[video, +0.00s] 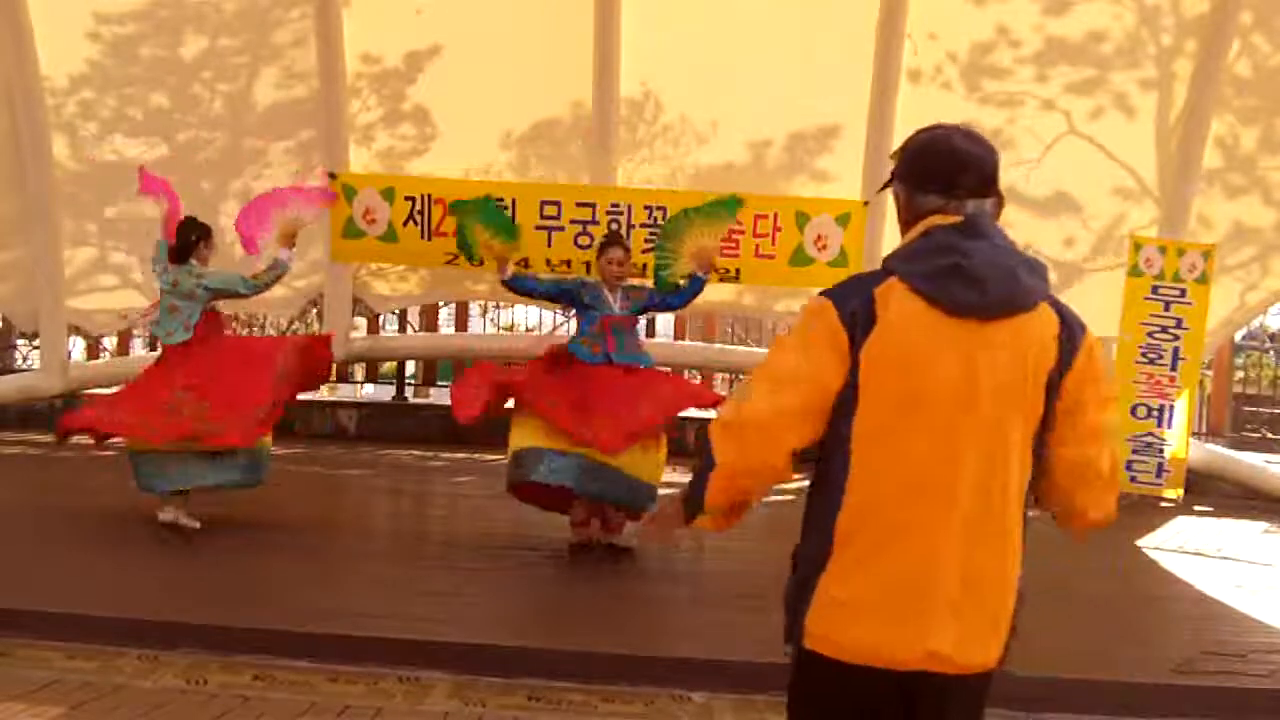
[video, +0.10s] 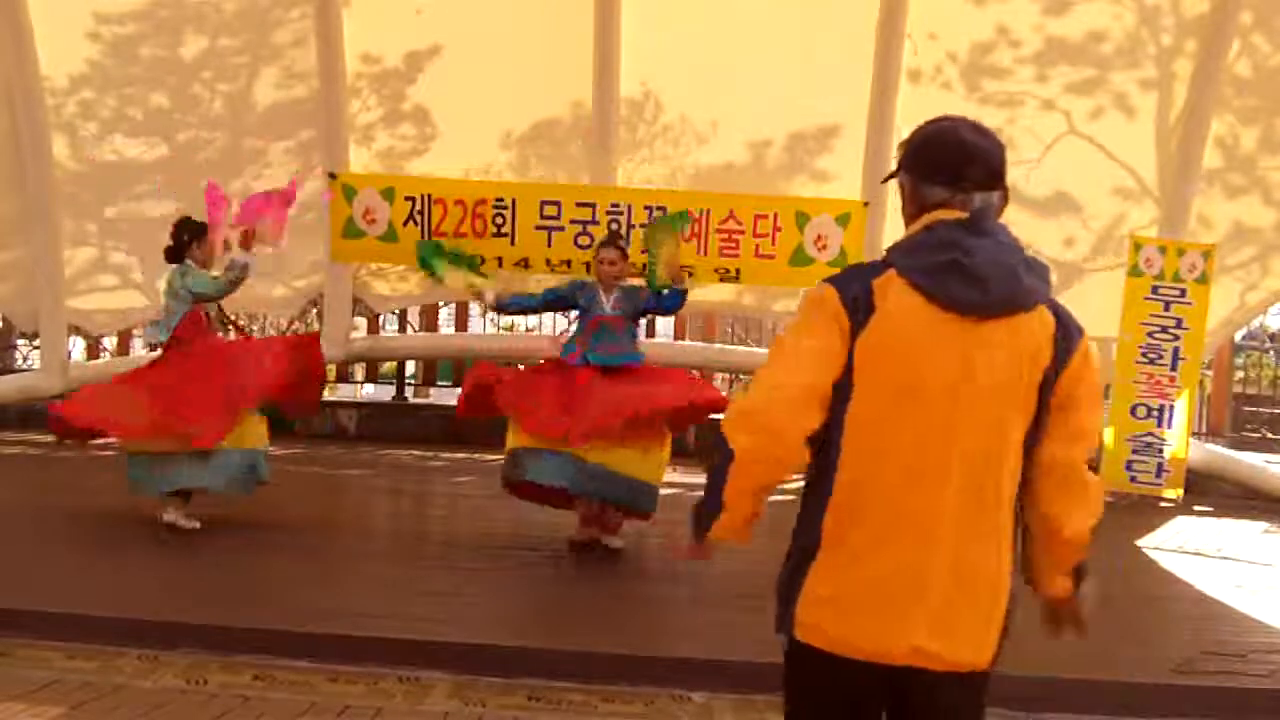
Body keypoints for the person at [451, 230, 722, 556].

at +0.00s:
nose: (615, 267)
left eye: (621, 262)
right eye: (610, 261)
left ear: (629, 265)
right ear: (598, 263)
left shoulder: (637, 296)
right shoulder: (583, 291)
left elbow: (676, 300)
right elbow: (543, 289)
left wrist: (702, 273)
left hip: (630, 378)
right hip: (586, 377)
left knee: (621, 453)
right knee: (585, 450)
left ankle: (611, 533)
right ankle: (583, 532)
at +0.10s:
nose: (608, 268)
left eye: (614, 263)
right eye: (603, 263)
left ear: (626, 266)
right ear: (595, 264)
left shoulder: (636, 296)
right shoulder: (582, 291)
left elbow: (667, 306)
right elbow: (541, 301)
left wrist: (678, 284)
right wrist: (497, 302)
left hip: (625, 377)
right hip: (585, 376)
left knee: (618, 452)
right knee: (587, 451)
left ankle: (609, 528)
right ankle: (586, 527)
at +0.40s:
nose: (587, 270)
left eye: (595, 264)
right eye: (585, 263)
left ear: (613, 268)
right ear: (583, 265)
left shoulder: (620, 299)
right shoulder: (580, 299)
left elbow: (620, 331)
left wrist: (583, 330)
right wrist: (567, 331)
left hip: (612, 377)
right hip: (578, 376)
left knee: (609, 445)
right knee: (586, 443)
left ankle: (601, 527)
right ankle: (591, 522)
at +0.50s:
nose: (582, 272)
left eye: (590, 266)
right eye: (581, 265)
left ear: (610, 269)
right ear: (582, 267)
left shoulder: (616, 301)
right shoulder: (587, 300)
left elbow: (610, 340)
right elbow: (589, 340)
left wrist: (569, 341)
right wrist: (560, 338)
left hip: (610, 386)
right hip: (585, 385)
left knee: (603, 451)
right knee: (584, 448)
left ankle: (605, 529)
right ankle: (586, 526)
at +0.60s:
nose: (580, 272)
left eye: (588, 266)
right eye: (579, 265)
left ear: (607, 270)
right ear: (579, 268)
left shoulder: (615, 303)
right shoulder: (585, 304)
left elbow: (602, 345)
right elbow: (584, 347)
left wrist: (558, 350)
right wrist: (555, 346)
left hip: (606, 388)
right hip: (580, 385)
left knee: (600, 454)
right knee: (578, 452)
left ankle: (601, 527)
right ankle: (585, 525)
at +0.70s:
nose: (580, 270)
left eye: (588, 265)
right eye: (579, 264)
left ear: (606, 269)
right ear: (580, 267)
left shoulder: (612, 301)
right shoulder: (584, 304)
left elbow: (604, 342)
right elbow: (586, 348)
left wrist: (561, 352)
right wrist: (561, 355)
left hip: (607, 392)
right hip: (584, 391)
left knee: (586, 459)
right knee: (584, 459)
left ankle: (582, 529)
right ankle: (595, 528)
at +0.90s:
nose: (580, 271)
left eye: (588, 265)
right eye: (578, 264)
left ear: (605, 270)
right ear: (575, 267)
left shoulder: (611, 302)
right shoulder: (574, 302)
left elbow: (605, 348)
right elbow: (560, 336)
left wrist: (565, 357)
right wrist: (548, 351)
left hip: (602, 390)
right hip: (575, 388)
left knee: (592, 455)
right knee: (573, 454)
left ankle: (589, 525)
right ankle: (576, 523)